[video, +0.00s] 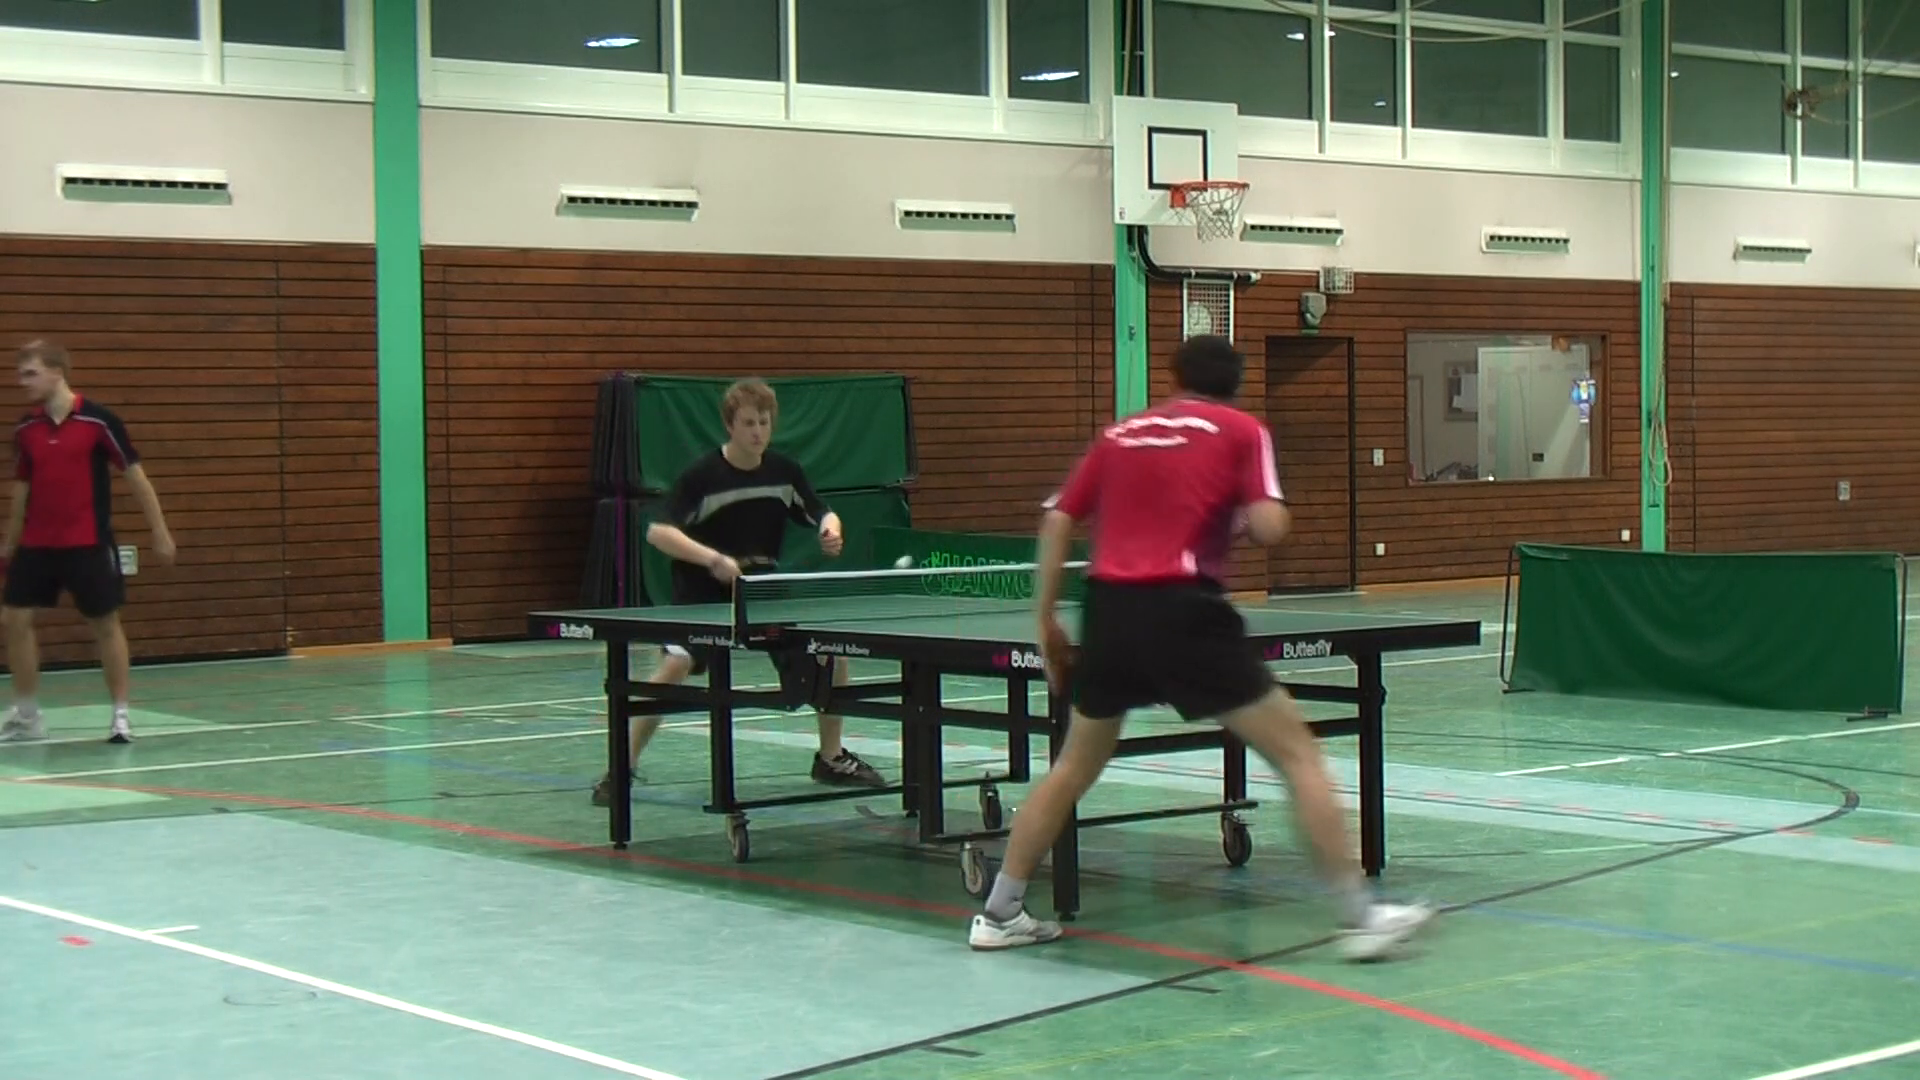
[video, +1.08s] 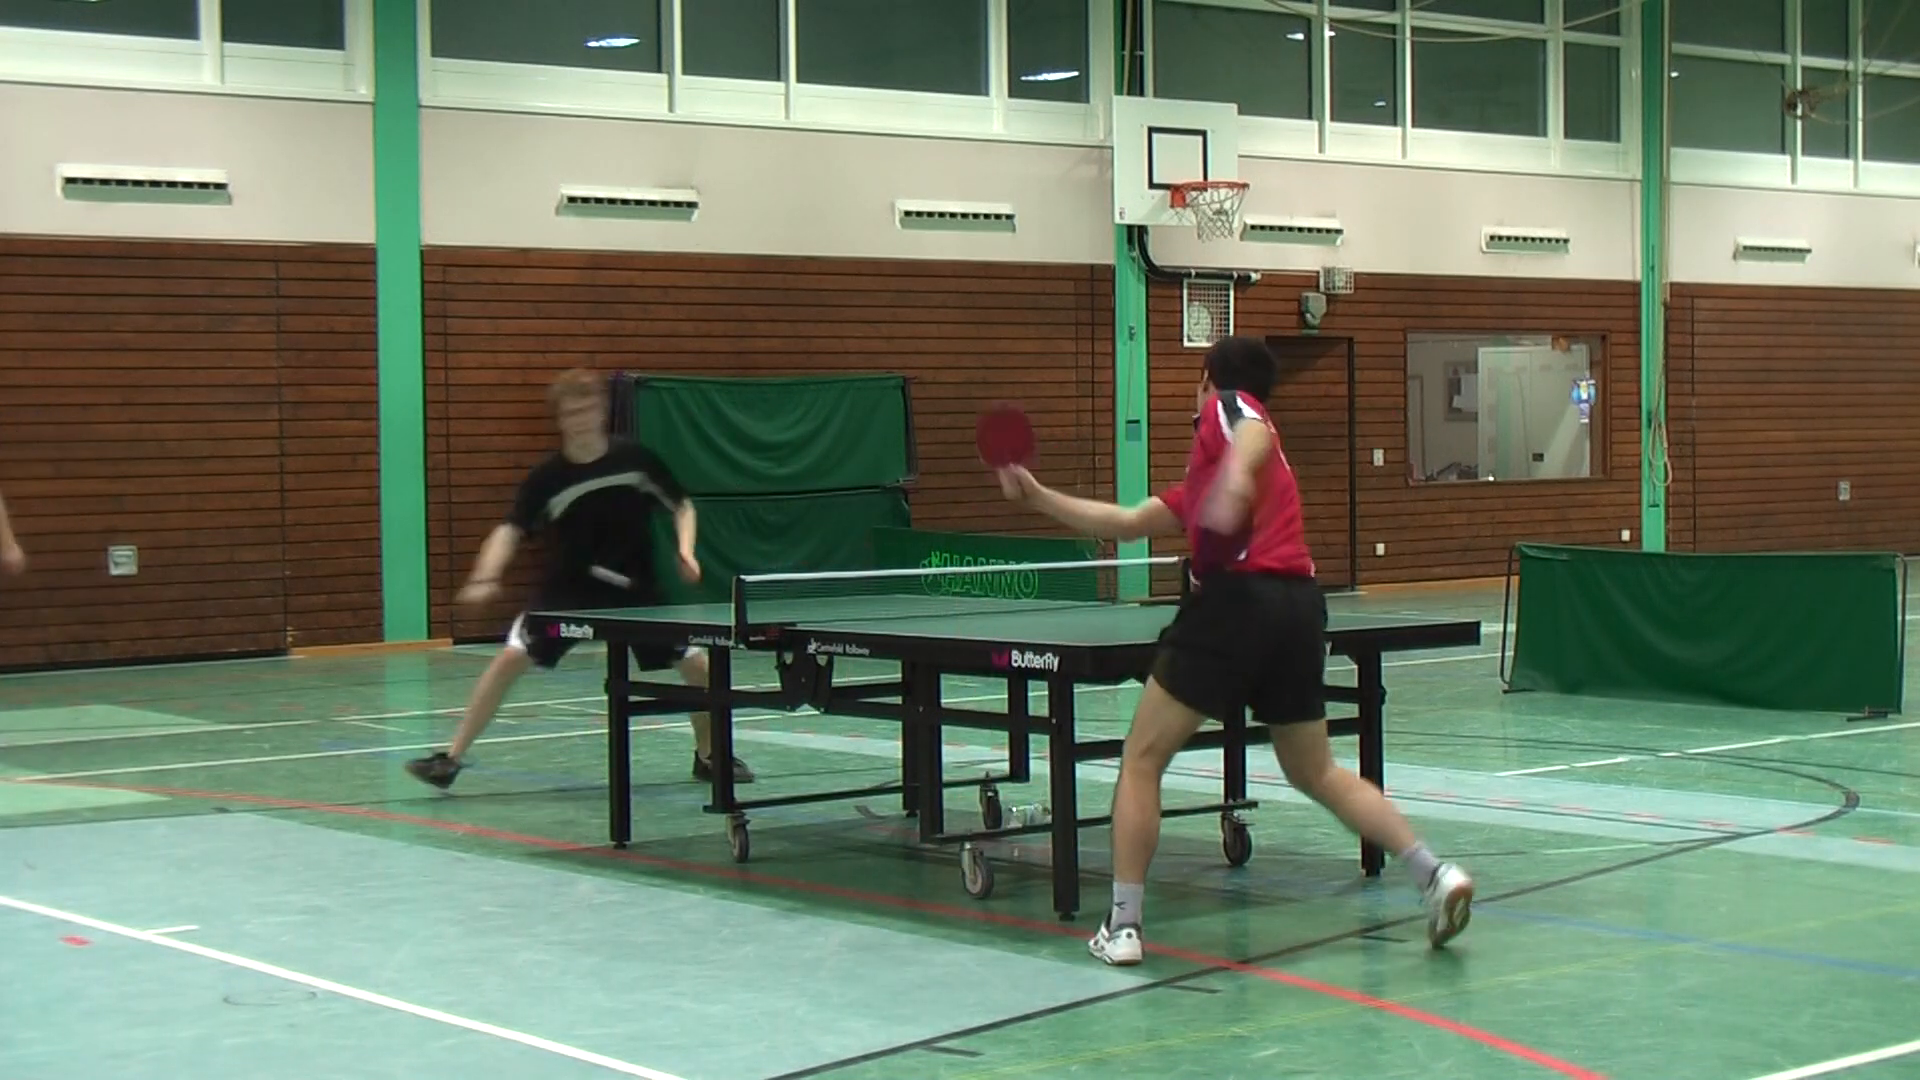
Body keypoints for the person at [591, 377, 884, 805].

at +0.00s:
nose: (758, 432)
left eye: (764, 423)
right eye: (748, 423)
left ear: (773, 424)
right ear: (729, 425)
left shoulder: (784, 471)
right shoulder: (703, 475)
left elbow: (822, 513)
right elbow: (659, 531)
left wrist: (831, 529)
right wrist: (711, 558)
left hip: (768, 598)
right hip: (705, 599)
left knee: (834, 652)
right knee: (676, 664)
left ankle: (831, 757)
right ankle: (622, 767)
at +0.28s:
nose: (760, 459)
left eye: (765, 451)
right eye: (751, 451)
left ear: (771, 454)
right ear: (728, 453)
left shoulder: (778, 494)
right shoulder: (707, 495)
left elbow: (830, 523)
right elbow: (693, 534)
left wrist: (865, 541)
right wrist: (732, 525)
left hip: (755, 612)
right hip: (694, 613)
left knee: (838, 654)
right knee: (686, 677)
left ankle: (831, 756)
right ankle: (619, 772)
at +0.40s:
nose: (751, 430)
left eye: (756, 421)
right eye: (742, 422)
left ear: (762, 424)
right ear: (720, 424)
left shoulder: (767, 471)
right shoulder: (701, 462)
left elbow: (811, 496)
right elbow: (679, 464)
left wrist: (856, 525)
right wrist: (682, 459)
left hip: (747, 601)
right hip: (689, 602)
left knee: (823, 652)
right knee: (686, 674)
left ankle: (831, 757)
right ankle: (619, 769)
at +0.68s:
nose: (716, 384)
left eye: (722, 376)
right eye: (706, 377)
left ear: (729, 380)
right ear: (684, 382)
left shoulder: (741, 436)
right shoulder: (662, 434)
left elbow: (778, 480)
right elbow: (610, 485)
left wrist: (801, 525)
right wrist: (636, 475)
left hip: (722, 572)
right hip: (659, 571)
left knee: (768, 648)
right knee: (618, 655)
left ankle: (764, 753)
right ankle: (565, 753)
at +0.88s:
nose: (671, 378)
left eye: (676, 370)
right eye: (660, 370)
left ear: (683, 375)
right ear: (637, 376)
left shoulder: (694, 427)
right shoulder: (612, 428)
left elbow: (732, 476)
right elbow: (571, 487)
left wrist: (739, 509)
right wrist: (606, 501)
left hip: (674, 563)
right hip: (610, 566)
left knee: (723, 644)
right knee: (567, 643)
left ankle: (743, 748)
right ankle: (531, 756)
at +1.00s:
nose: (629, 397)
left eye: (634, 388)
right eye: (619, 390)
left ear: (642, 390)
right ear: (599, 396)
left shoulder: (665, 442)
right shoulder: (582, 449)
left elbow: (705, 490)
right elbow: (542, 510)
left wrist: (698, 523)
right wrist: (568, 545)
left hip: (652, 577)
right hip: (591, 577)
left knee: (703, 655)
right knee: (537, 646)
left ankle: (709, 751)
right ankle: (483, 749)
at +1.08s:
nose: (579, 419)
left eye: (587, 409)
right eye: (571, 412)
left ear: (603, 410)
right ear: (558, 418)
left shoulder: (634, 460)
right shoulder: (547, 477)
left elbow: (683, 505)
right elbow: (509, 529)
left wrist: (686, 548)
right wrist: (485, 578)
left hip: (635, 596)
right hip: (568, 595)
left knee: (699, 666)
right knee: (509, 659)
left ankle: (710, 756)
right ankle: (451, 759)